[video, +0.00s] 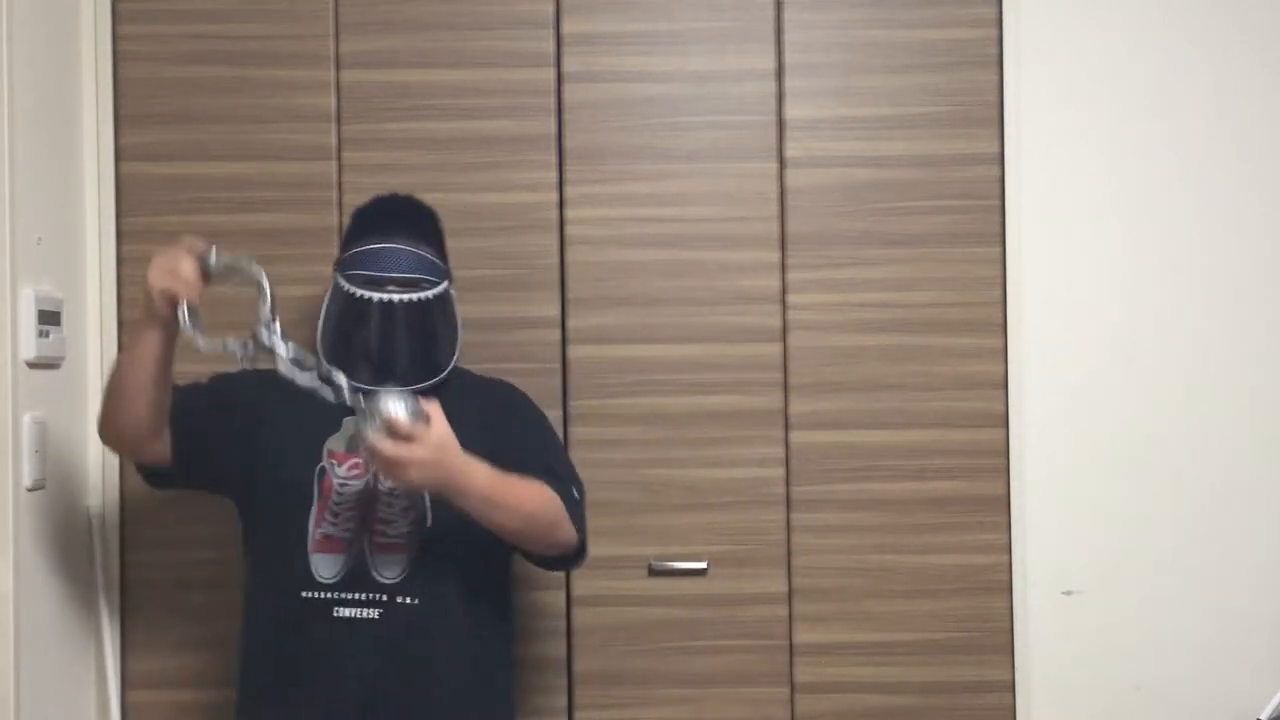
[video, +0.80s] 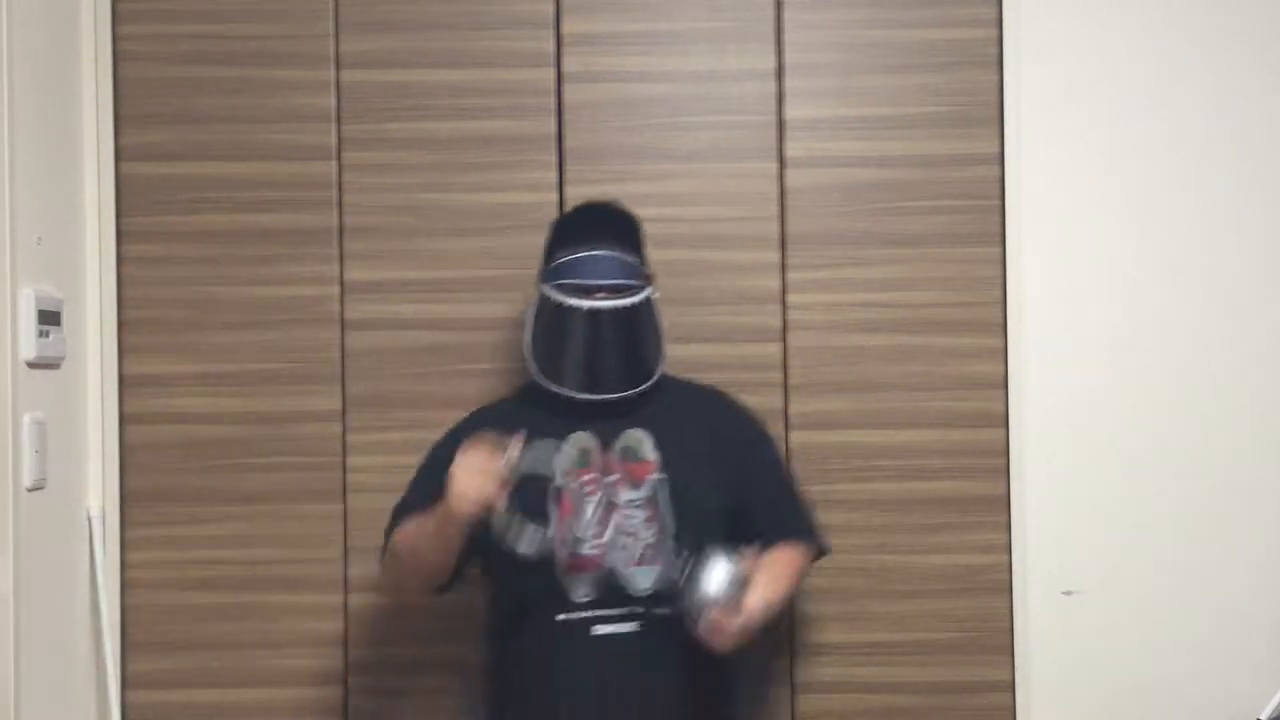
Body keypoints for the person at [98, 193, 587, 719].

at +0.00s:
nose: (387, 317)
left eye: (410, 297)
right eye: (367, 296)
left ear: (441, 299)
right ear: (337, 292)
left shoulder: (497, 413)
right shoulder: (268, 406)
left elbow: (564, 536)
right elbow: (134, 434)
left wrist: (452, 472)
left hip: (451, 701)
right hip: (293, 701)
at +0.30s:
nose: (396, 317)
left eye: (418, 299)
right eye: (376, 296)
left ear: (450, 302)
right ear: (346, 293)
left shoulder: (502, 419)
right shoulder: (278, 411)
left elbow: (568, 543)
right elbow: (139, 456)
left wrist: (464, 503)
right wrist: (170, 357)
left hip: (449, 705)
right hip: (284, 702)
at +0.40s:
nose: (420, 326)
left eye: (441, 308)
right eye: (402, 305)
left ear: (474, 309)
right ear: (371, 302)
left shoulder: (528, 429)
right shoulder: (303, 420)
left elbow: (593, 558)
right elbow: (181, 516)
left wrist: (501, 578)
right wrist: (198, 447)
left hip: (476, 704)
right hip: (316, 702)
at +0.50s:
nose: (458, 336)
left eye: (478, 318)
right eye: (440, 315)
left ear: (510, 319)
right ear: (408, 312)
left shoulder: (565, 445)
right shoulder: (339, 434)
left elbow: (608, 581)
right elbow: (259, 517)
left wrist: (553, 656)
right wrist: (254, 547)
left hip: (495, 704)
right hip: (352, 701)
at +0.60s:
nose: (507, 349)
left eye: (526, 329)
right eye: (487, 328)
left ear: (556, 328)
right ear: (453, 323)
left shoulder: (615, 454)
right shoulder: (386, 455)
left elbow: (652, 594)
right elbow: (333, 567)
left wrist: (615, 691)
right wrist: (334, 611)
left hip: (558, 706)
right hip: (409, 703)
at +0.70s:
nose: (557, 347)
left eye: (577, 328)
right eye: (536, 329)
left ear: (607, 325)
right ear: (503, 326)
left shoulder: (672, 447)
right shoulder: (448, 453)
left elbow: (722, 581)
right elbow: (376, 569)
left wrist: (698, 659)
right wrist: (394, 591)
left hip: (628, 702)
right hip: (484, 701)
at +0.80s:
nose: (597, 330)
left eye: (616, 311)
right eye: (577, 312)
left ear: (645, 308)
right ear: (545, 310)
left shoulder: (713, 426)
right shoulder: (491, 437)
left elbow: (793, 539)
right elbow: (406, 576)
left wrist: (750, 606)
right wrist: (455, 511)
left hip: (684, 700)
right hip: (539, 701)